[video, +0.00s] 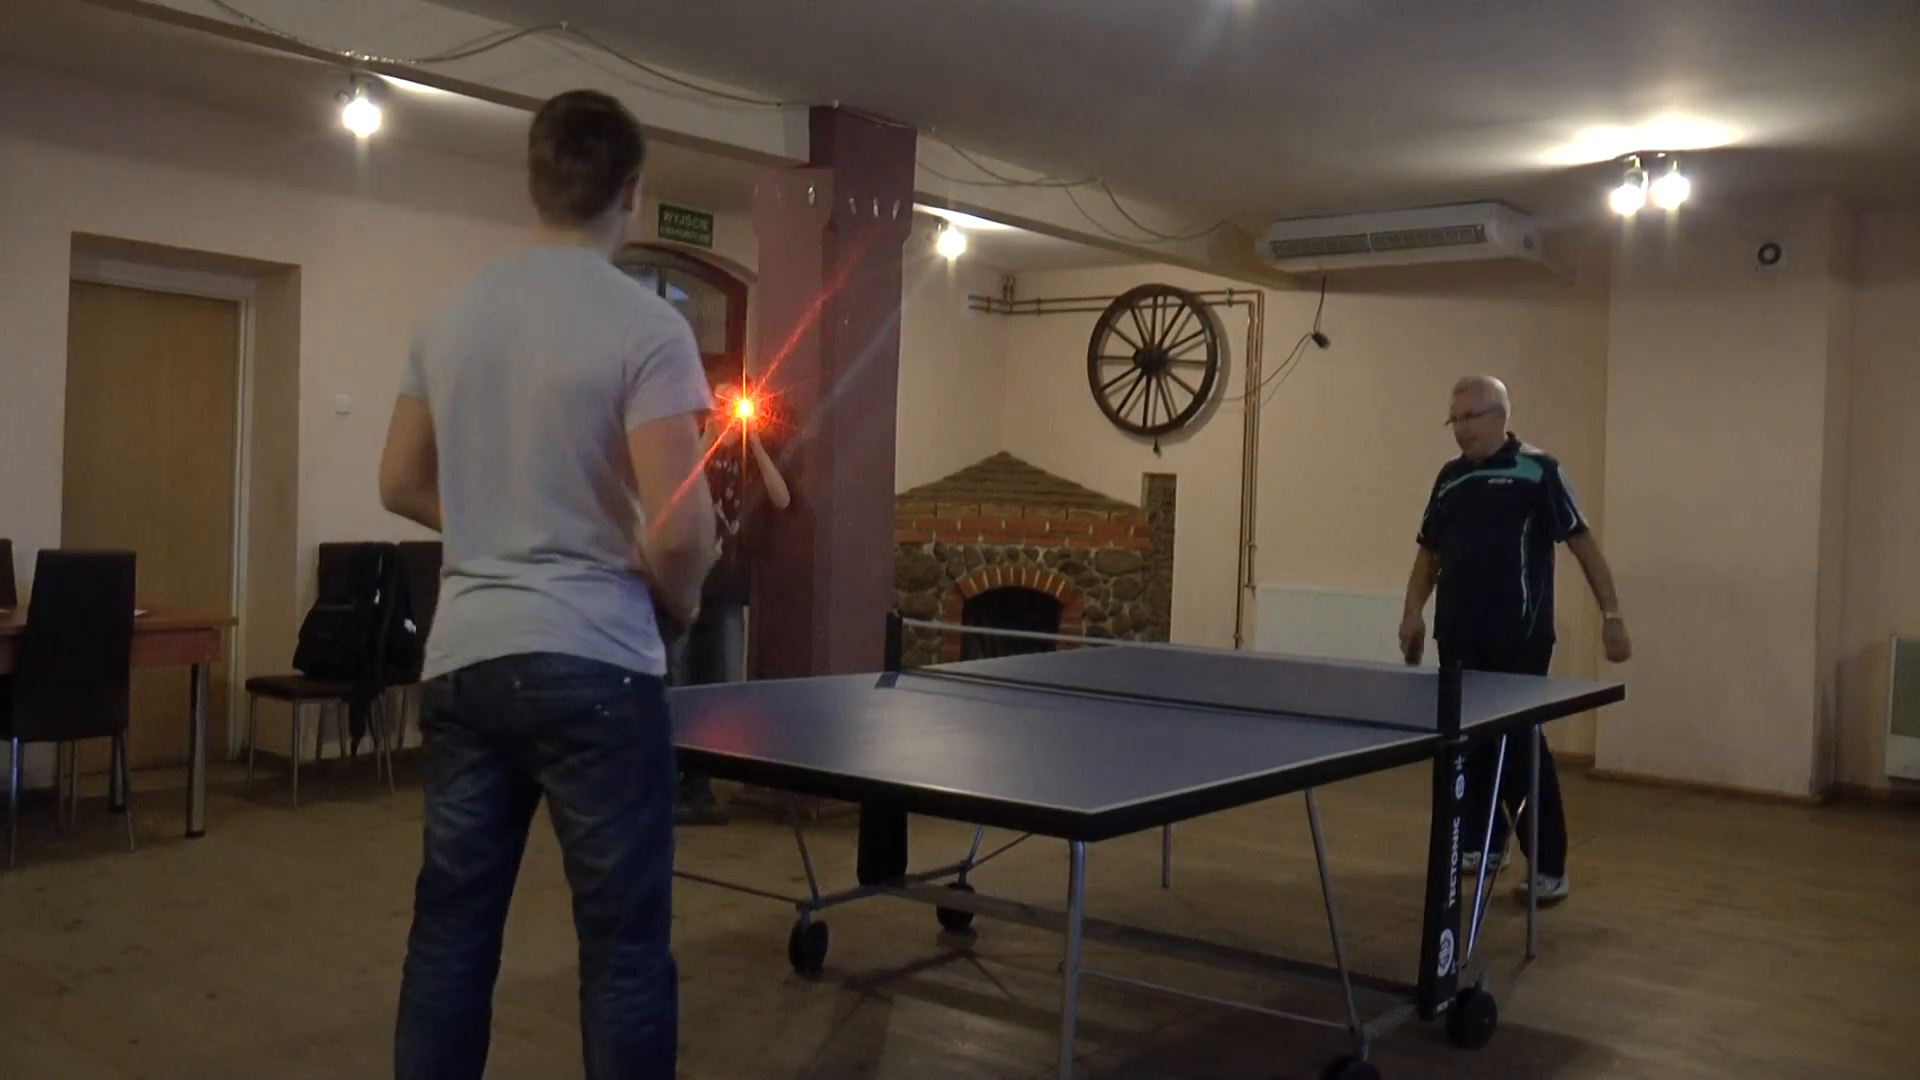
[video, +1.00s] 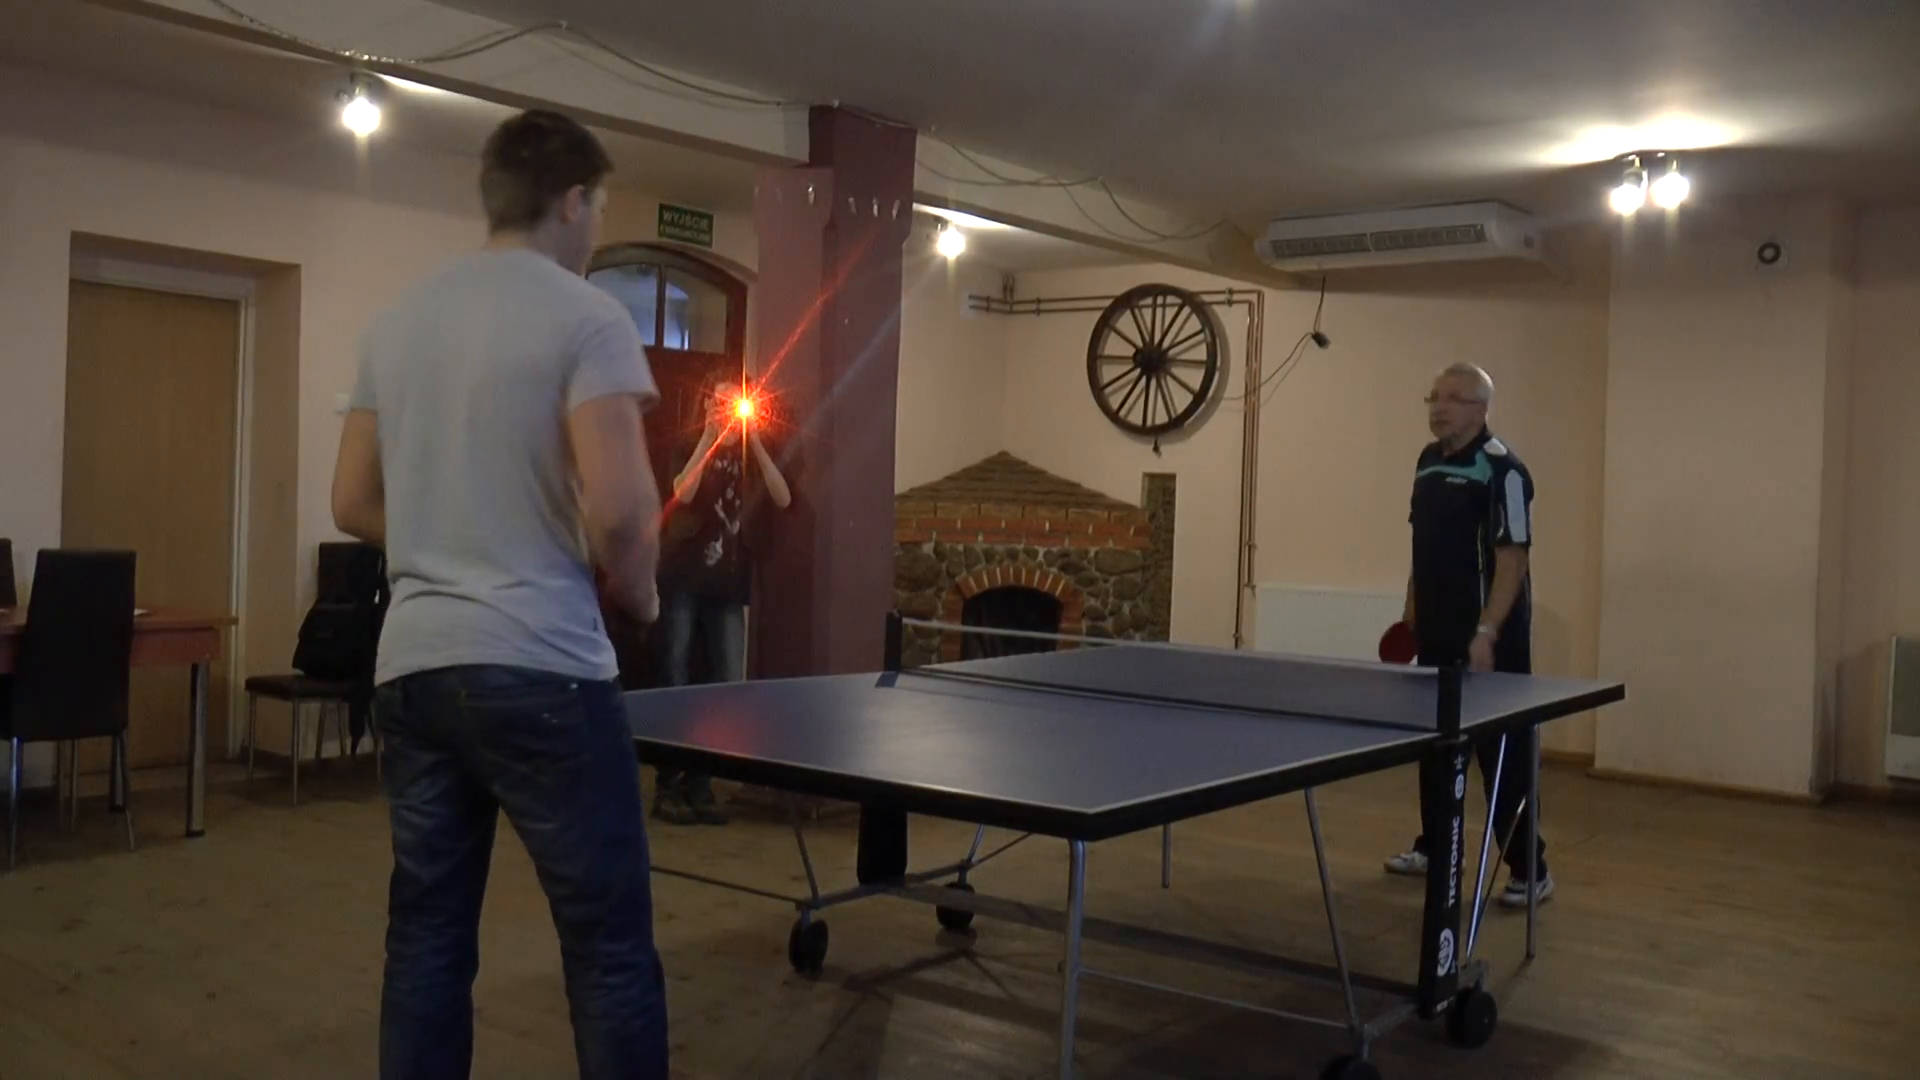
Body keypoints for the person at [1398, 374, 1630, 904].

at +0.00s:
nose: (1459, 428)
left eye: (1469, 418)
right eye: (1453, 419)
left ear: (1501, 418)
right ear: (1451, 421)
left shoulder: (1538, 472)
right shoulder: (1449, 479)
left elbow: (1582, 544)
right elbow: (1429, 553)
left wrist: (1612, 615)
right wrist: (1411, 614)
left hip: (1520, 641)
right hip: (1458, 640)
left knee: (1523, 749)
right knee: (1470, 749)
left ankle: (1548, 867)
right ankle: (1482, 849)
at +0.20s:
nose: (1467, 420)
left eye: (1479, 410)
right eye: (1465, 410)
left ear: (1511, 416)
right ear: (1466, 414)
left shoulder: (1545, 473)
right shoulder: (1459, 471)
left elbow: (1588, 551)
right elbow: (1429, 537)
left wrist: (1616, 626)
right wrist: (1400, 574)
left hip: (1523, 646)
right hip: (1465, 643)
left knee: (1520, 756)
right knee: (1473, 749)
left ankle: (1537, 873)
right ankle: (1485, 843)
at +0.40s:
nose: (1470, 416)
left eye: (1482, 408)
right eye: (1468, 407)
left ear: (1517, 411)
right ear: (1471, 410)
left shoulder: (1549, 471)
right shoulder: (1468, 465)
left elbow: (1563, 564)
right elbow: (1432, 516)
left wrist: (1535, 633)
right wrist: (1398, 540)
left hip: (1520, 640)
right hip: (1465, 632)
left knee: (1517, 754)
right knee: (1461, 746)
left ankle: (1537, 871)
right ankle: (1469, 843)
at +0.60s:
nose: (1466, 405)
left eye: (1480, 398)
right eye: (1465, 396)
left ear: (1512, 411)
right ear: (1468, 402)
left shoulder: (1530, 471)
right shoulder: (1471, 460)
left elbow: (1526, 562)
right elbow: (1451, 512)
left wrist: (1458, 608)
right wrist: (1401, 518)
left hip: (1517, 642)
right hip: (1471, 632)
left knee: (1514, 759)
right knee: (1451, 741)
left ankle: (1539, 873)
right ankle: (1436, 842)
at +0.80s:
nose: (1455, 411)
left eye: (1469, 404)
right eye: (1451, 401)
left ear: (1500, 413)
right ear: (1447, 405)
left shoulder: (1518, 472)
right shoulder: (1451, 464)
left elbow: (1523, 565)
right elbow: (1442, 542)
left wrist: (1468, 627)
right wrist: (1404, 586)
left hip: (1506, 645)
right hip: (1454, 637)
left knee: (1510, 760)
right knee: (1445, 747)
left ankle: (1537, 871)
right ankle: (1437, 846)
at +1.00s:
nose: (1440, 408)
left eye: (1454, 400)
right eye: (1436, 399)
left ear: (1481, 410)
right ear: (1430, 404)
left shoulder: (1503, 471)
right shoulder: (1430, 461)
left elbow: (1512, 565)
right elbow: (1425, 548)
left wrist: (1486, 634)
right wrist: (1412, 617)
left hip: (1490, 636)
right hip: (1437, 629)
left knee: (1503, 755)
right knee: (1435, 745)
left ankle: (1530, 869)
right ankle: (1435, 846)